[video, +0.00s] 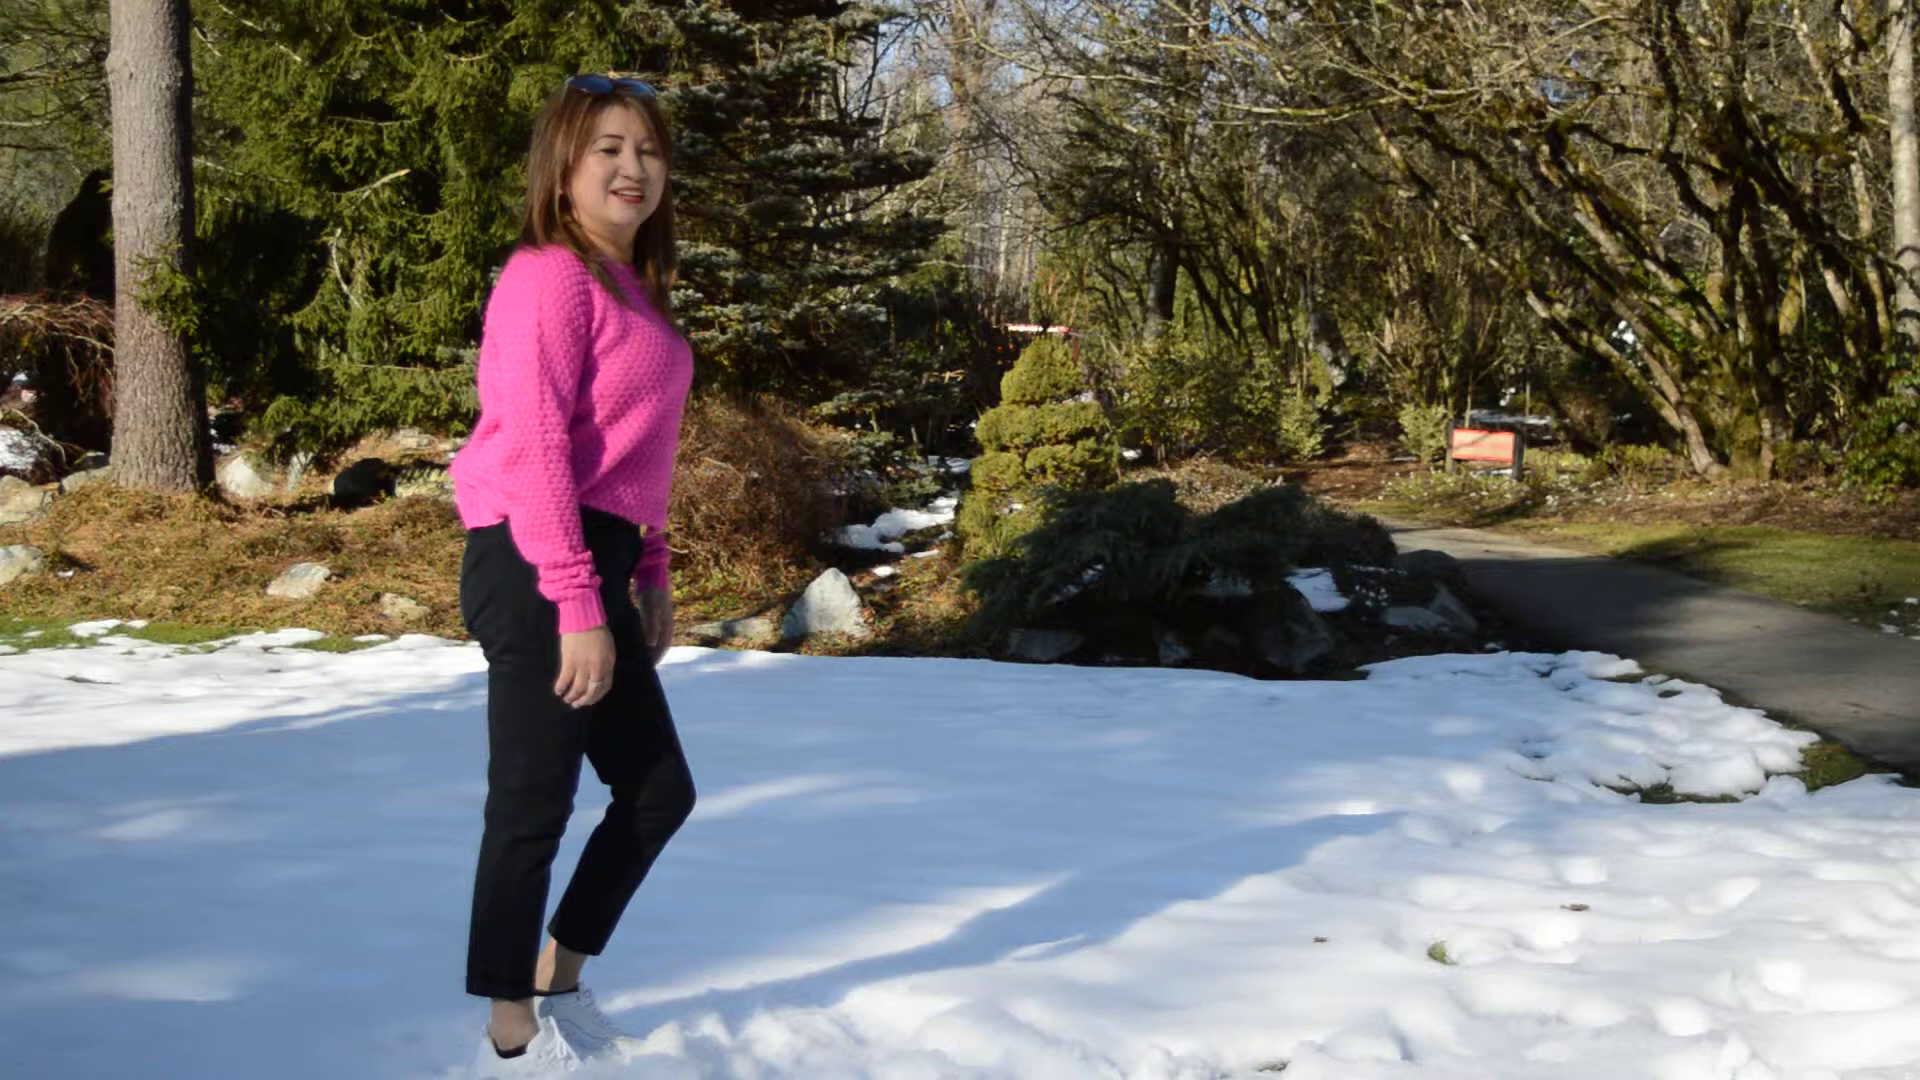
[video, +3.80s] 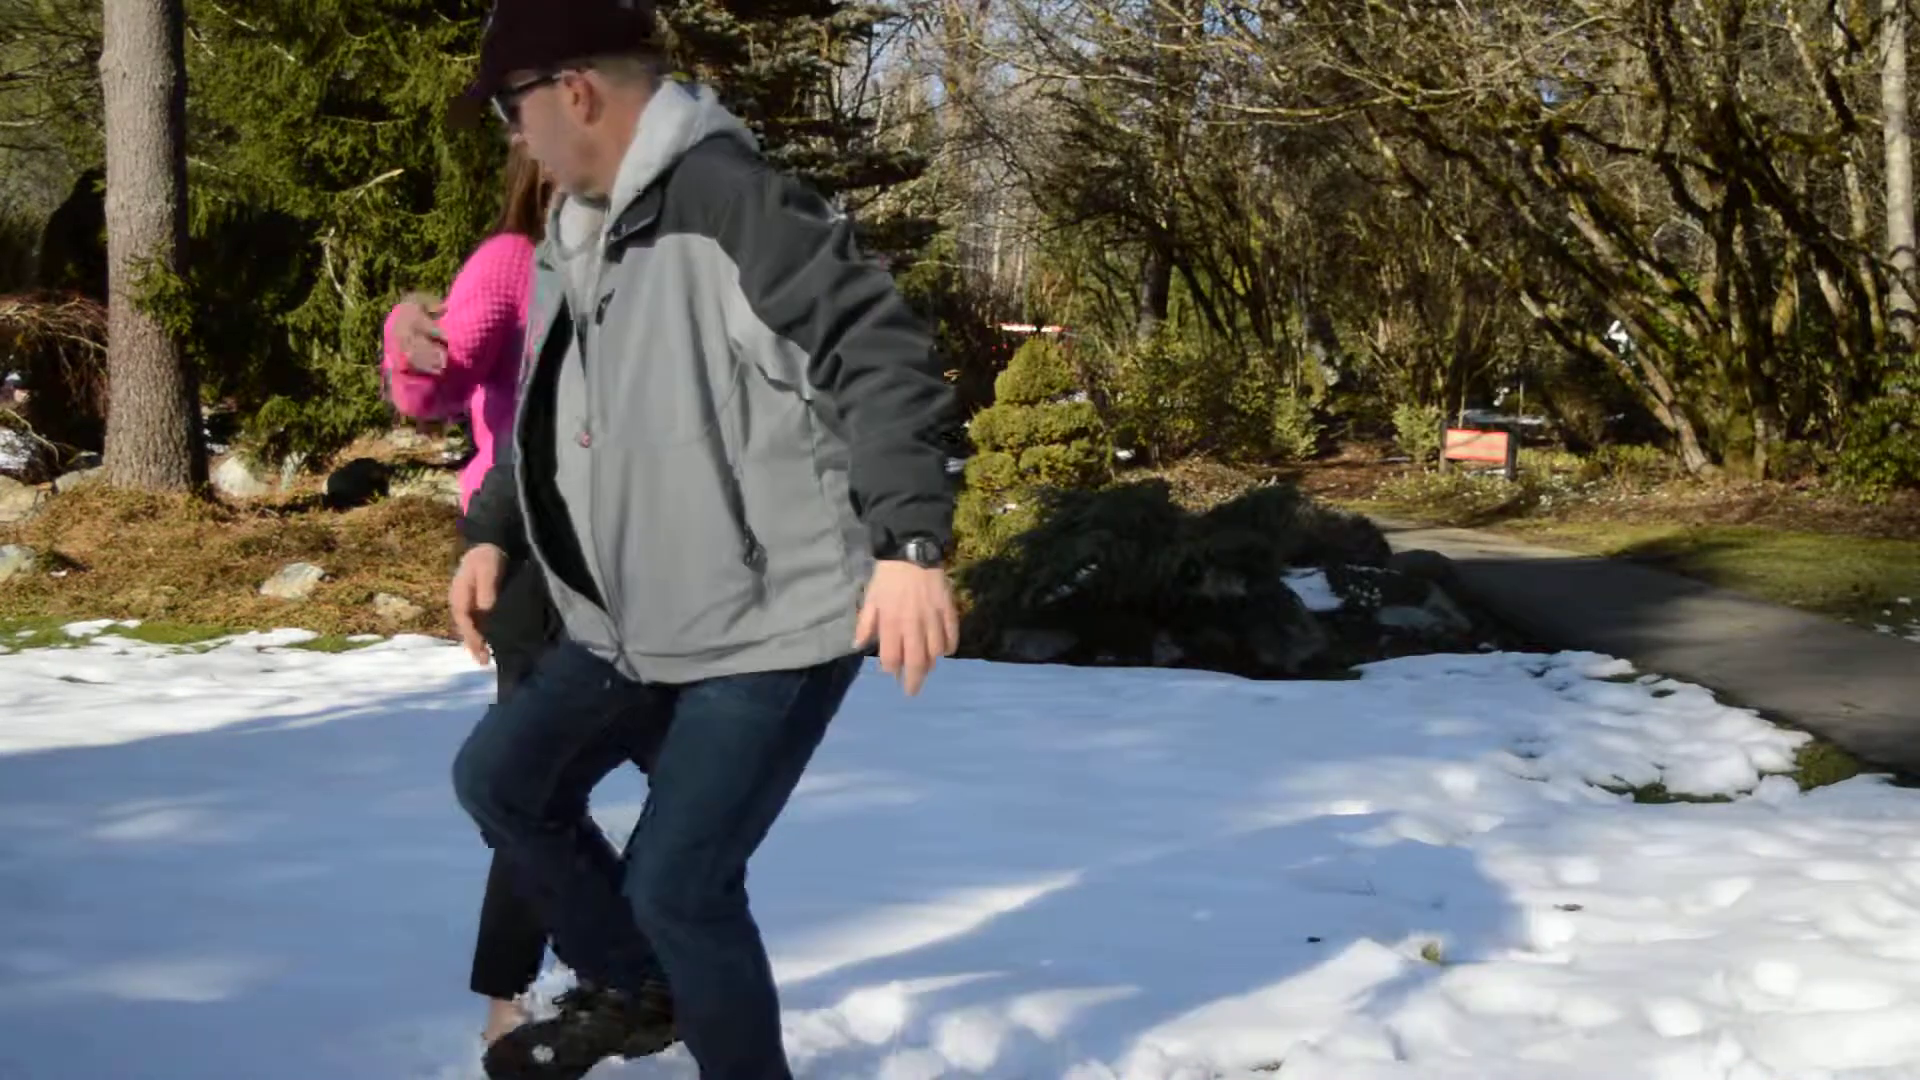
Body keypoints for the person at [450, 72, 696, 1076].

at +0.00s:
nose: (631, 167)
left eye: (647, 151)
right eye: (608, 148)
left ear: (663, 175)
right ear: (562, 167)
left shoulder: (635, 292)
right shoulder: (545, 276)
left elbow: (637, 453)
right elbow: (535, 451)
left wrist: (651, 572)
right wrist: (575, 608)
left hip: (600, 555)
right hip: (529, 550)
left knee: (659, 791)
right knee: (532, 796)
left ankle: (558, 978)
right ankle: (508, 1037)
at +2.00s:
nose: (623, 161)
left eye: (636, 144)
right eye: (599, 143)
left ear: (649, 168)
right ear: (548, 162)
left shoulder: (620, 290)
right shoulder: (527, 280)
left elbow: (638, 448)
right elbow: (525, 455)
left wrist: (664, 573)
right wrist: (571, 612)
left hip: (604, 558)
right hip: (534, 554)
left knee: (660, 794)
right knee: (528, 804)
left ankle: (550, 981)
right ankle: (501, 1038)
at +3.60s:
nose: (605, 155)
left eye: (613, 139)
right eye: (583, 140)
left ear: (628, 154)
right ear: (536, 160)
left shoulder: (638, 274)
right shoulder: (514, 273)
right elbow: (466, 409)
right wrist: (473, 544)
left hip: (630, 568)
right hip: (538, 565)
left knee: (678, 784)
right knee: (533, 803)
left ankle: (564, 967)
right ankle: (503, 1033)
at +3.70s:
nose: (602, 174)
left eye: (607, 157)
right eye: (584, 159)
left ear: (615, 169)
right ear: (543, 172)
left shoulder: (642, 269)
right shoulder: (514, 270)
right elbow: (453, 369)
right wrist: (420, 456)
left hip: (631, 549)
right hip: (528, 549)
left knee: (642, 769)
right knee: (530, 788)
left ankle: (582, 962)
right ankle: (506, 1031)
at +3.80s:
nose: (575, 179)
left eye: (581, 163)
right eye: (563, 164)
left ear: (603, 157)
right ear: (540, 174)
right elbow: (428, 398)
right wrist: (408, 344)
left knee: (681, 767)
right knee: (533, 774)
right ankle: (506, 1006)